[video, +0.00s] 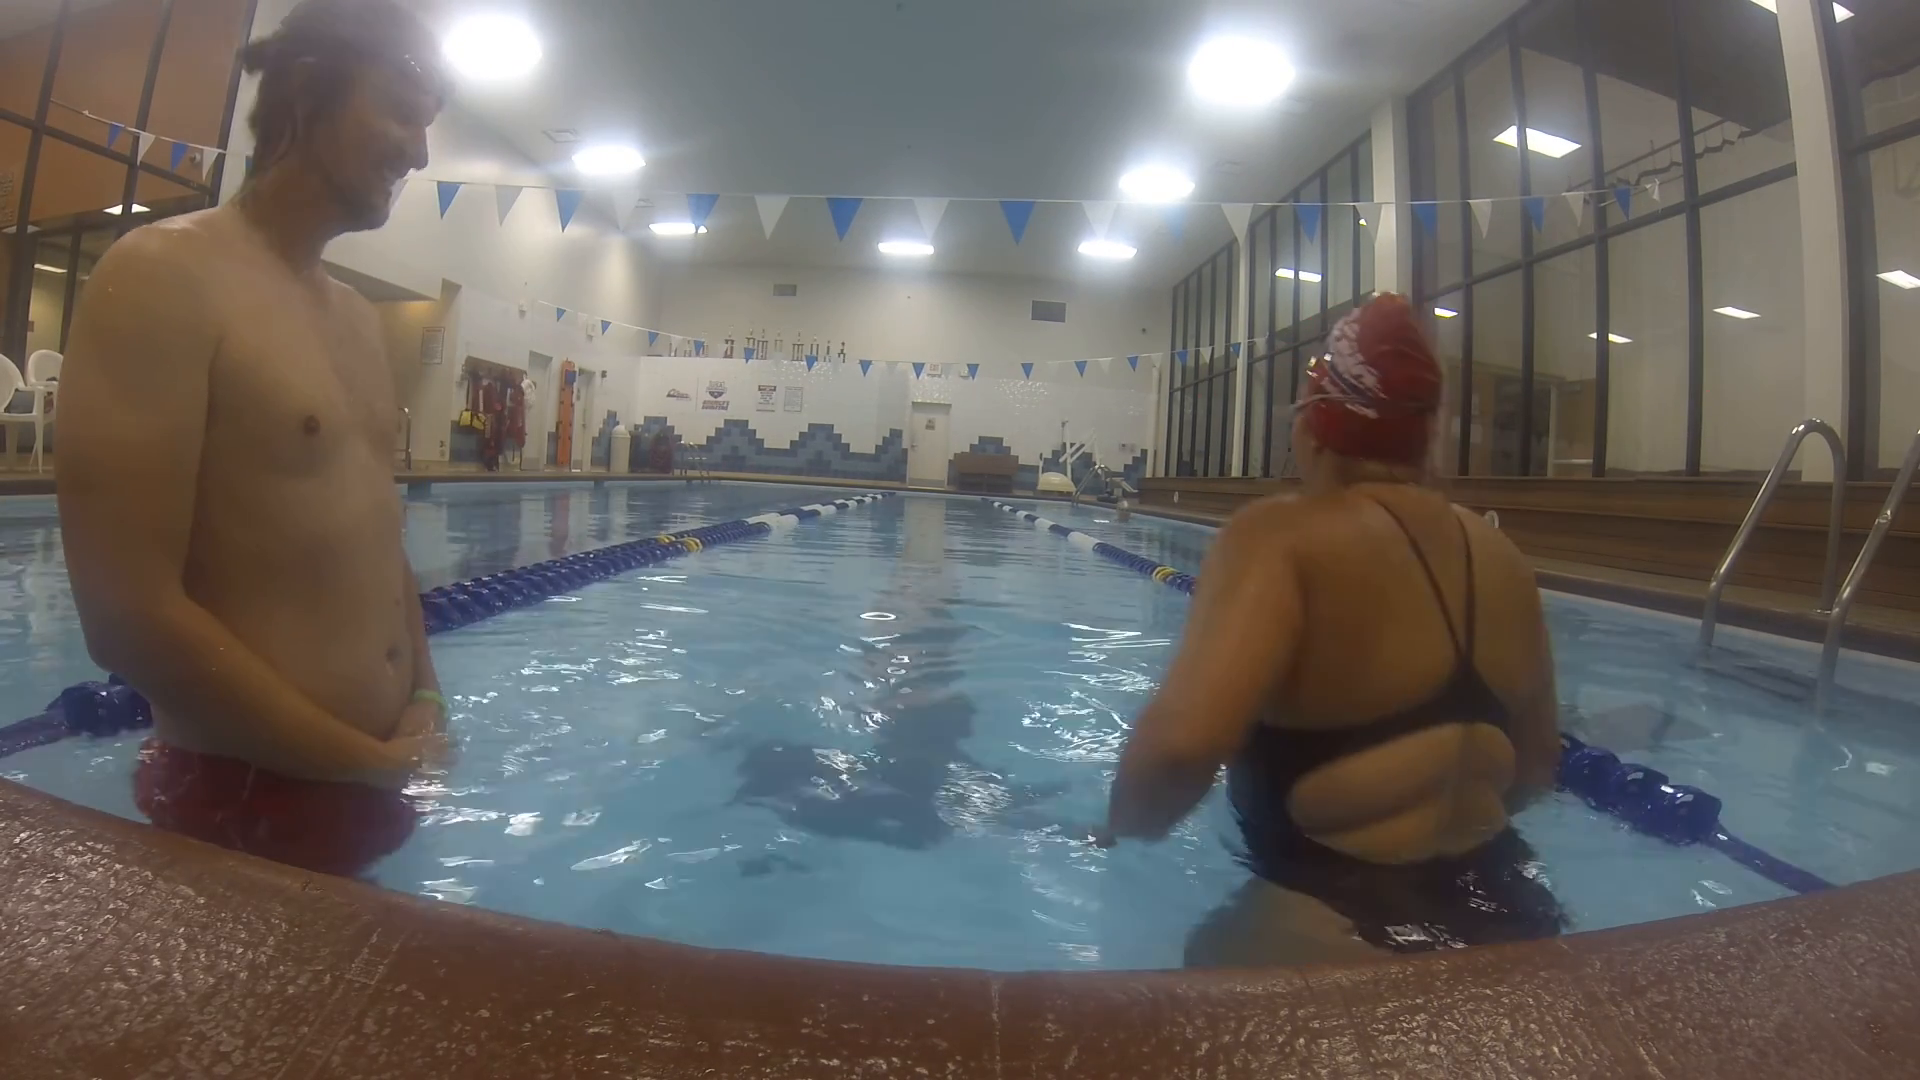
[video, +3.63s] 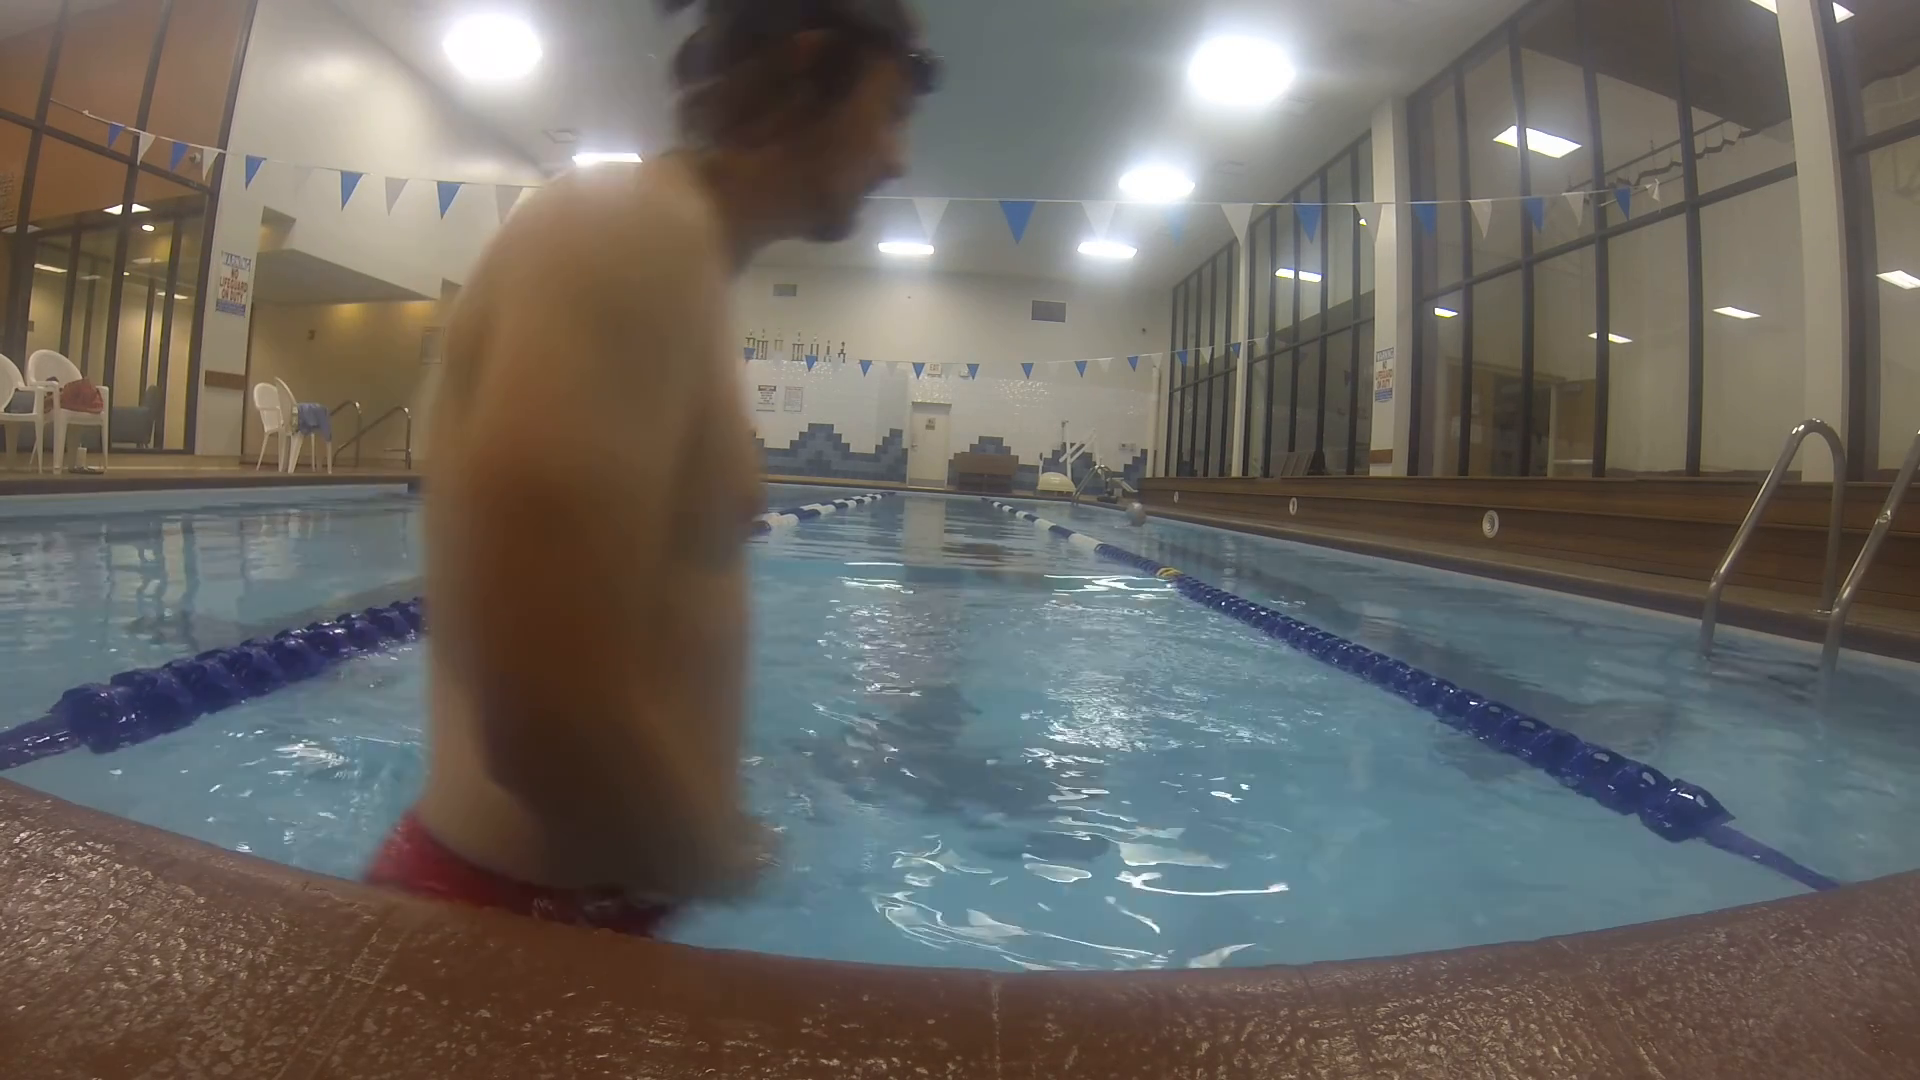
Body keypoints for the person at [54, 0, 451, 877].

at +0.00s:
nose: (422, 150)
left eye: (426, 126)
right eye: (402, 112)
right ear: (306, 96)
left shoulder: (361, 316)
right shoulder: (162, 273)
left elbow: (377, 540)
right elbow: (126, 615)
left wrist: (423, 699)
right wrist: (376, 764)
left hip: (364, 781)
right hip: (236, 797)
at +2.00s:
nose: (445, 170)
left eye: (448, 141)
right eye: (434, 131)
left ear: (357, 115)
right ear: (347, 104)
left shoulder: (356, 313)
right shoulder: (178, 276)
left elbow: (370, 551)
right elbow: (149, 627)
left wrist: (432, 708)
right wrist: (392, 772)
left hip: (369, 790)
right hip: (254, 806)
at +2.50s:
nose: (494, 167)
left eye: (500, 142)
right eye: (474, 130)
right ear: (377, 115)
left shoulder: (403, 320)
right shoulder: (235, 282)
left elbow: (400, 554)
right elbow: (192, 622)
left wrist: (450, 707)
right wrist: (400, 764)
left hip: (373, 784)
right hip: (274, 799)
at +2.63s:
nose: (518, 172)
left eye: (527, 150)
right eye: (497, 134)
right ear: (400, 113)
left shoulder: (430, 325)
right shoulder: (258, 287)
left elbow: (408, 565)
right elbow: (208, 623)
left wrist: (460, 717)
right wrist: (410, 766)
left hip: (391, 794)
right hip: (284, 802)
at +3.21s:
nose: (647, 185)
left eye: (652, 158)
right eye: (631, 145)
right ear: (542, 126)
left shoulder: (508, 335)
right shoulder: (378, 292)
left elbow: (484, 600)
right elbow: (323, 643)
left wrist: (557, 758)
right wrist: (538, 810)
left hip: (455, 837)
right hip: (380, 846)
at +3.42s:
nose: (775, 186)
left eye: (777, 151)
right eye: (757, 142)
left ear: (661, 127)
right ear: (660, 119)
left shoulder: (578, 313)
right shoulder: (486, 284)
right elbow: (421, 670)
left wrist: (621, 786)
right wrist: (593, 821)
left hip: (501, 869)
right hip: (428, 878)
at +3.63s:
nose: (898, 161)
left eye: (903, 119)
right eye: (893, 110)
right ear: (807, 71)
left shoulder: (664, 251)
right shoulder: (619, 237)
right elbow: (546, 699)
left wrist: (716, 836)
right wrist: (715, 857)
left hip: (577, 909)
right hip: (512, 916)